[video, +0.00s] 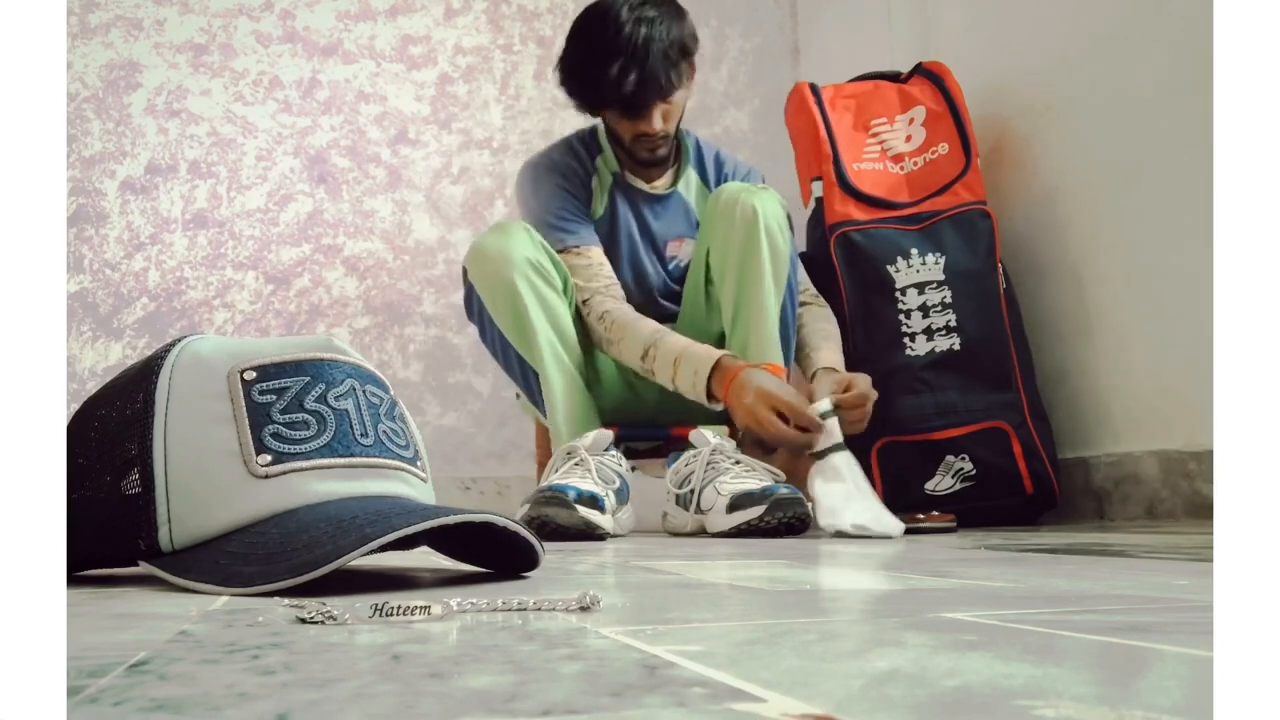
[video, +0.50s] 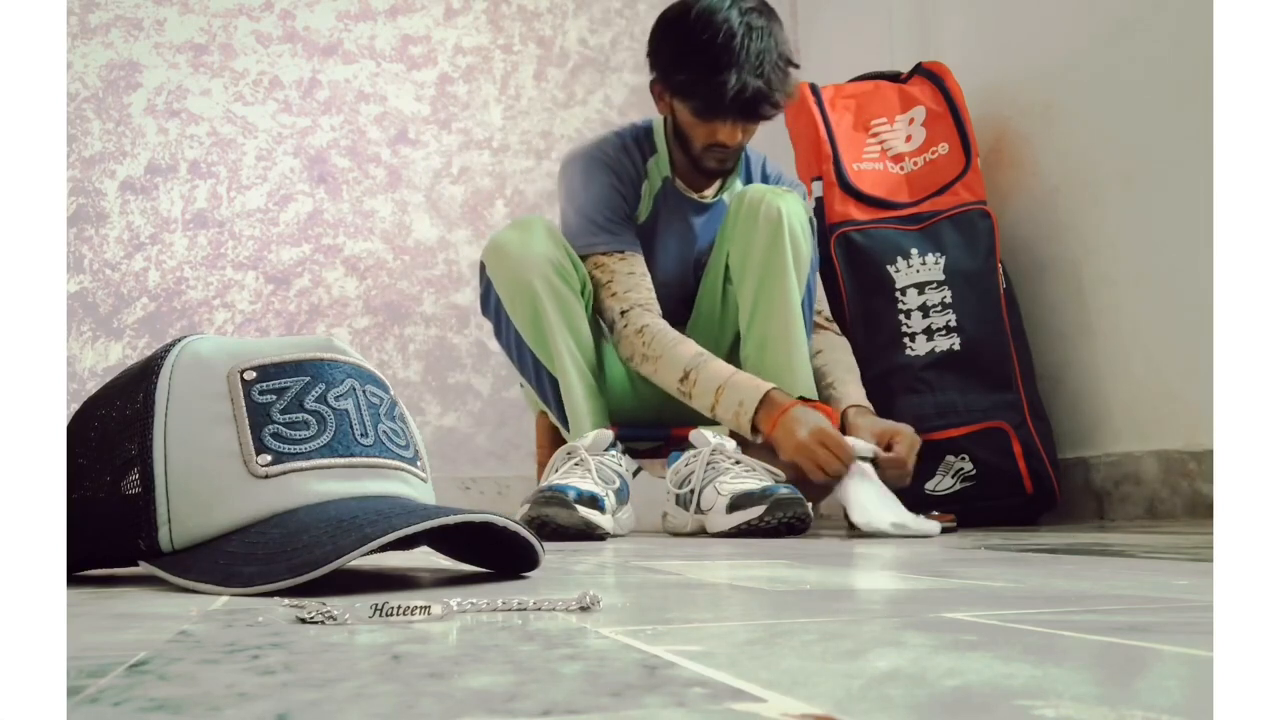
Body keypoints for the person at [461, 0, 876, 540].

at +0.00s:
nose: (654, 127)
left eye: (667, 102)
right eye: (630, 110)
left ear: (689, 76)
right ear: (593, 98)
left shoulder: (731, 180)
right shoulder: (554, 177)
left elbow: (803, 300)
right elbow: (607, 318)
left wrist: (827, 375)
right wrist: (725, 379)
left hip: (701, 385)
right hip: (604, 383)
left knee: (750, 203)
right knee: (499, 249)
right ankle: (584, 462)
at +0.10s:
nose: (675, 126)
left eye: (690, 101)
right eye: (652, 107)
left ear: (711, 86)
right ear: (616, 98)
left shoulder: (745, 183)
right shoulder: (566, 175)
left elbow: (807, 305)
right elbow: (614, 326)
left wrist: (843, 385)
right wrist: (729, 386)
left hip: (704, 383)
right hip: (606, 381)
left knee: (761, 204)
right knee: (502, 248)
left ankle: (734, 460)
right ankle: (585, 457)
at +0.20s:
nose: (700, 130)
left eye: (717, 108)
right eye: (677, 109)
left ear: (735, 96)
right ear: (635, 100)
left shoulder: (761, 185)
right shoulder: (581, 173)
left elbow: (813, 314)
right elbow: (621, 328)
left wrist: (844, 389)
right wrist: (745, 395)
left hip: (709, 388)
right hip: (610, 383)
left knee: (768, 203)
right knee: (510, 247)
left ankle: (727, 459)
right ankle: (587, 459)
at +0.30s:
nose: (712, 134)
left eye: (730, 112)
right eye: (691, 112)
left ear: (749, 98)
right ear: (649, 97)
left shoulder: (766, 188)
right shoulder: (590, 171)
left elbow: (814, 321)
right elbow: (628, 331)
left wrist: (843, 405)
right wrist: (755, 400)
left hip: (713, 389)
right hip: (613, 383)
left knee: (767, 204)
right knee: (516, 245)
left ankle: (721, 457)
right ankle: (591, 457)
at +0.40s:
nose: (725, 137)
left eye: (742, 117)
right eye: (706, 117)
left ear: (762, 104)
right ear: (656, 97)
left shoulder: (773, 188)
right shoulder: (594, 168)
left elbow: (817, 323)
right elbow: (628, 325)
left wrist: (858, 412)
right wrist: (758, 401)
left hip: (716, 389)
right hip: (613, 383)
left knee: (772, 207)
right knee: (515, 244)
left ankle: (723, 460)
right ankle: (588, 456)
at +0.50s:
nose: (730, 138)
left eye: (747, 119)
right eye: (709, 116)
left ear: (766, 106)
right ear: (663, 96)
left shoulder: (774, 189)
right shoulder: (599, 170)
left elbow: (819, 326)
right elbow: (639, 332)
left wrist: (857, 417)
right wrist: (772, 411)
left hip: (717, 388)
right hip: (615, 382)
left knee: (773, 207)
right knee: (518, 243)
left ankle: (723, 457)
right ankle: (591, 454)